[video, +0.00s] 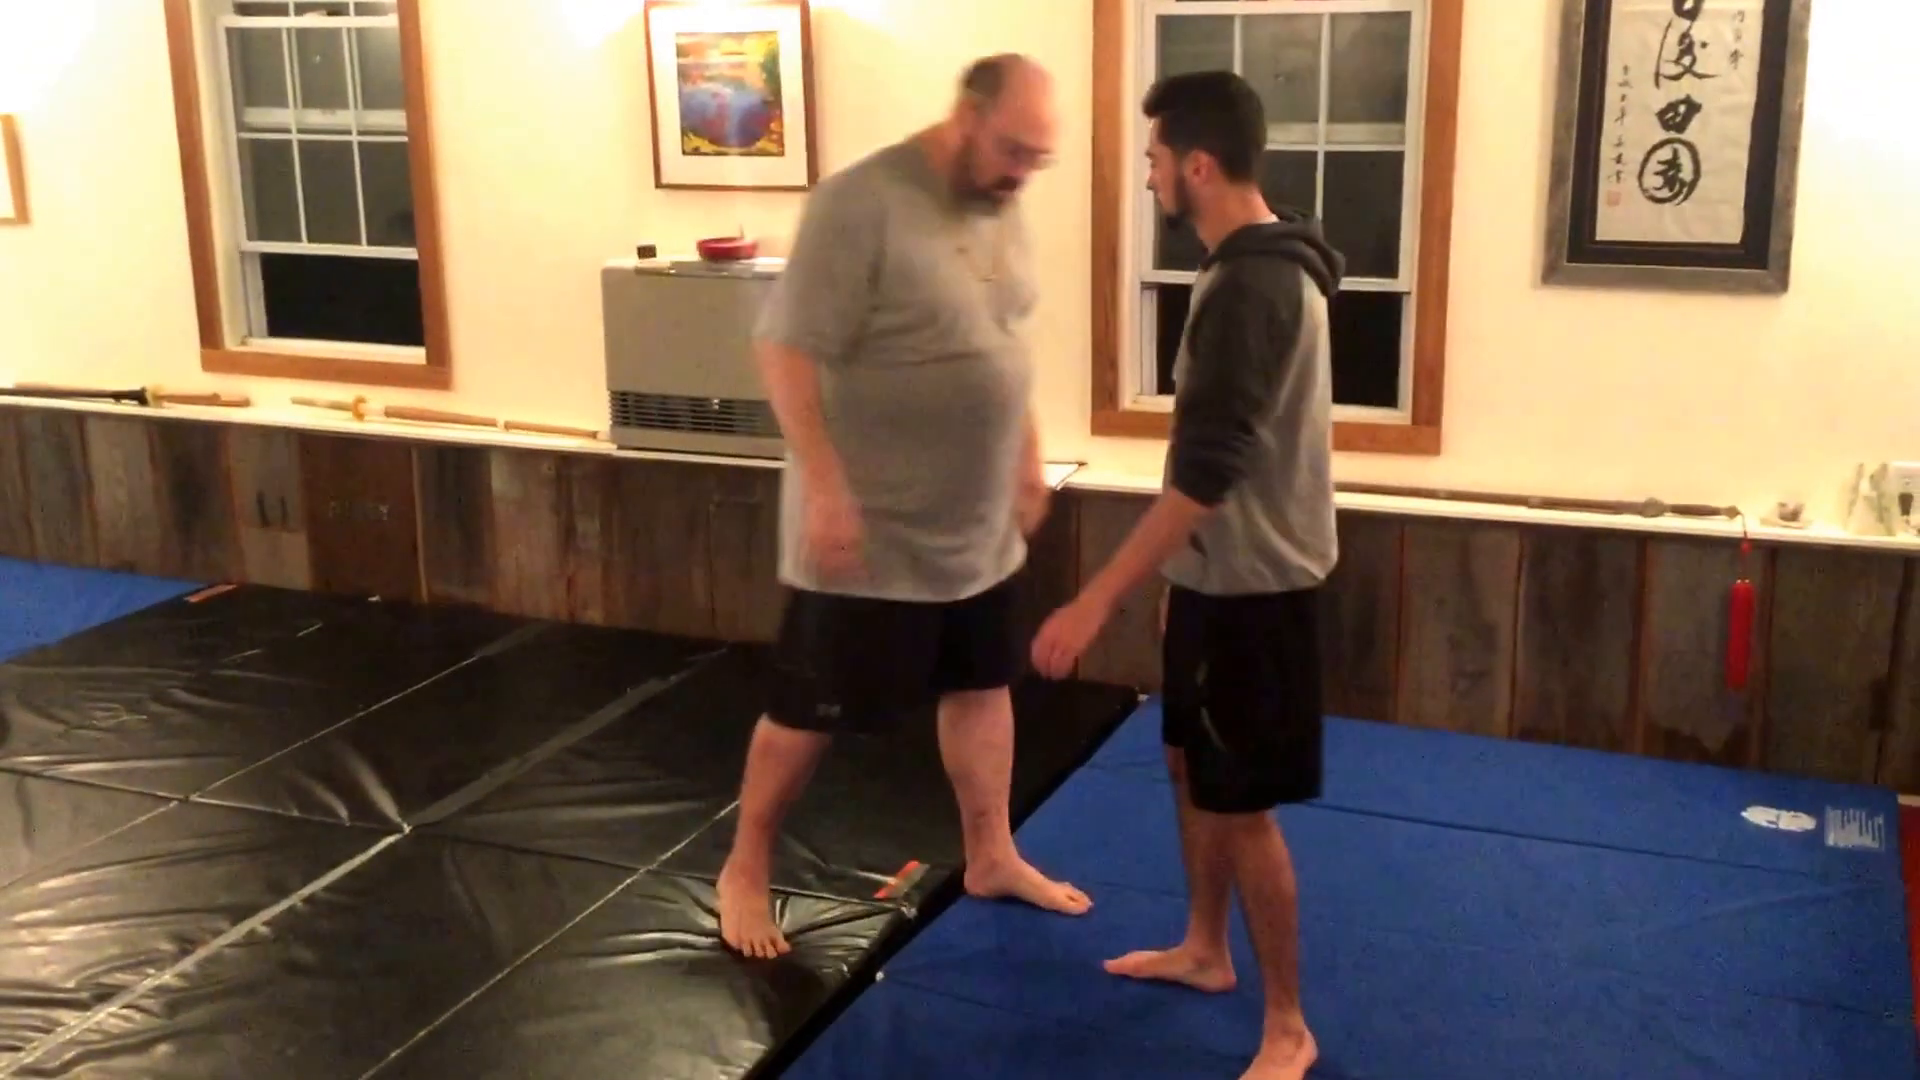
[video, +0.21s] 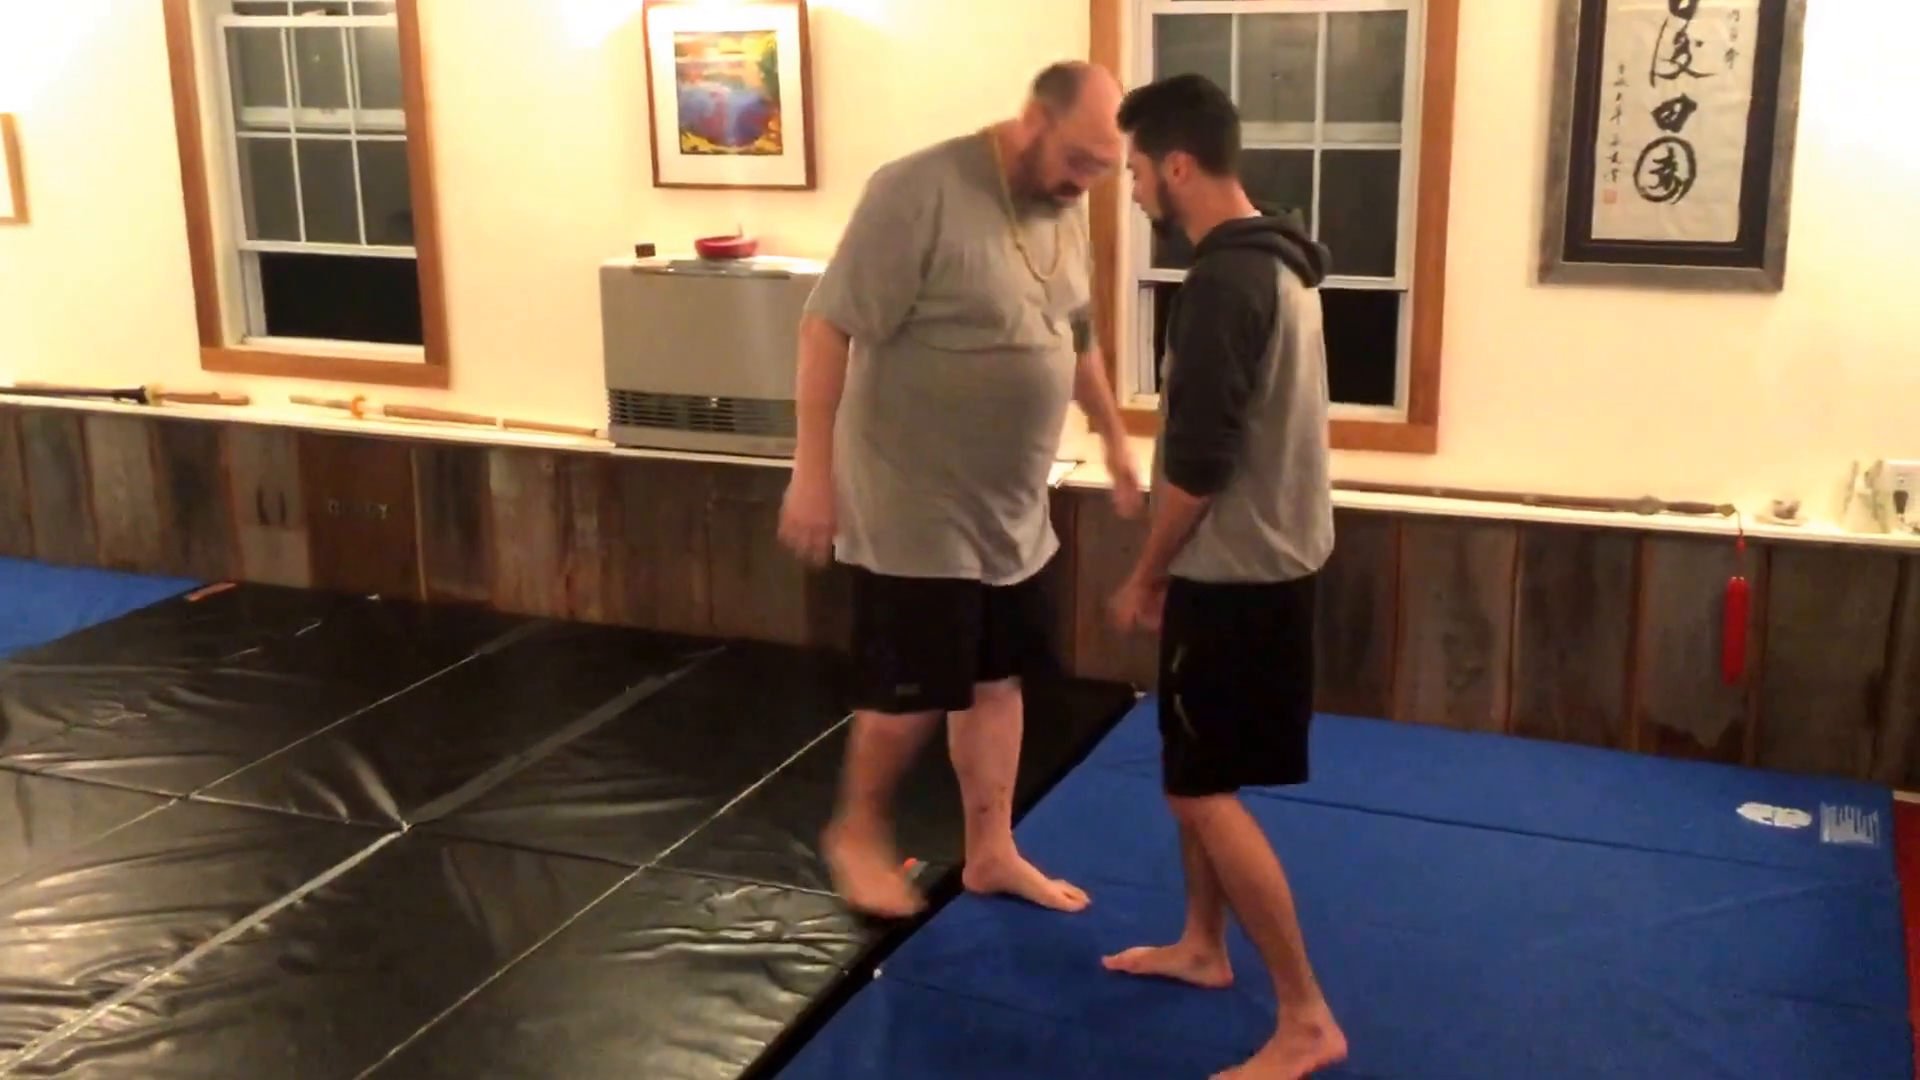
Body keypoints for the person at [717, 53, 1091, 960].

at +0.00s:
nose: (1026, 172)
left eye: (1038, 156)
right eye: (1016, 150)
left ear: (1041, 141)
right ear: (963, 118)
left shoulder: (1001, 205)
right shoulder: (857, 202)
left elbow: (1002, 346)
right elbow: (785, 348)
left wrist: (1027, 458)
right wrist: (825, 486)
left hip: (975, 523)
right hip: (863, 527)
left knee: (982, 686)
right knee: (805, 708)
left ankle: (992, 858)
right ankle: (746, 873)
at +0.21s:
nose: (1086, 185)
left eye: (1099, 169)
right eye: (1078, 162)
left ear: (1102, 150)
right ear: (1030, 121)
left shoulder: (1064, 211)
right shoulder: (915, 191)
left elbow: (1078, 342)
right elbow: (826, 324)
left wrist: (1118, 448)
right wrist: (811, 473)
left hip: (1009, 497)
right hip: (906, 496)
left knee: (995, 677)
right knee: (910, 683)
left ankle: (990, 851)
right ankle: (856, 836)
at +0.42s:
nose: (1110, 193)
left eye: (1124, 178)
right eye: (1104, 171)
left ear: (1126, 162)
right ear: (1061, 125)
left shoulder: (1100, 219)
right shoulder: (944, 183)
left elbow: (1101, 354)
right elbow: (850, 314)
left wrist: (1141, 444)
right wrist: (880, 455)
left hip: (1017, 494)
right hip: (916, 491)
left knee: (1004, 674)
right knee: (943, 678)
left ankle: (995, 846)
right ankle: (954, 861)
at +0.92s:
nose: (1087, 192)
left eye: (1100, 176)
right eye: (1080, 170)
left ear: (1105, 163)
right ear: (1031, 129)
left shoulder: (1050, 207)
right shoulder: (927, 192)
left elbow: (1045, 342)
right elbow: (847, 336)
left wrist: (1091, 437)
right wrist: (892, 476)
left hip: (986, 512)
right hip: (874, 507)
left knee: (995, 673)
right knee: (812, 686)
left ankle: (985, 846)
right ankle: (723, 878)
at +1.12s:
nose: (1001, 192)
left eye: (1012, 176)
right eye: (992, 170)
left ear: (1014, 158)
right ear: (938, 133)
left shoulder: (973, 218)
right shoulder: (842, 218)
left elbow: (993, 353)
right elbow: (781, 378)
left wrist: (1036, 447)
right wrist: (836, 514)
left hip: (944, 530)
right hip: (827, 537)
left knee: (981, 680)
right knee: (779, 718)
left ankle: (983, 841)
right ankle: (705, 907)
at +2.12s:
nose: (828, 112)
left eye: (845, 92)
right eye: (808, 94)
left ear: (872, 96)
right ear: (776, 102)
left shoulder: (909, 205)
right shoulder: (726, 211)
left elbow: (944, 347)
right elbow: (678, 361)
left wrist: (978, 464)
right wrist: (727, 380)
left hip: (902, 512)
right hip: (780, 529)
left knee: (938, 686)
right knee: (746, 729)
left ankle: (978, 835)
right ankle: (695, 905)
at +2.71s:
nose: (845, 96)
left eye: (860, 77)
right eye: (823, 81)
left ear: (886, 86)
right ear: (790, 92)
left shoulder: (921, 203)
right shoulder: (739, 205)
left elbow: (955, 349)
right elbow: (693, 369)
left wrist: (992, 468)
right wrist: (755, 503)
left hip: (920, 513)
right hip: (792, 532)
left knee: (942, 684)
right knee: (750, 726)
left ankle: (978, 831)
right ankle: (697, 897)